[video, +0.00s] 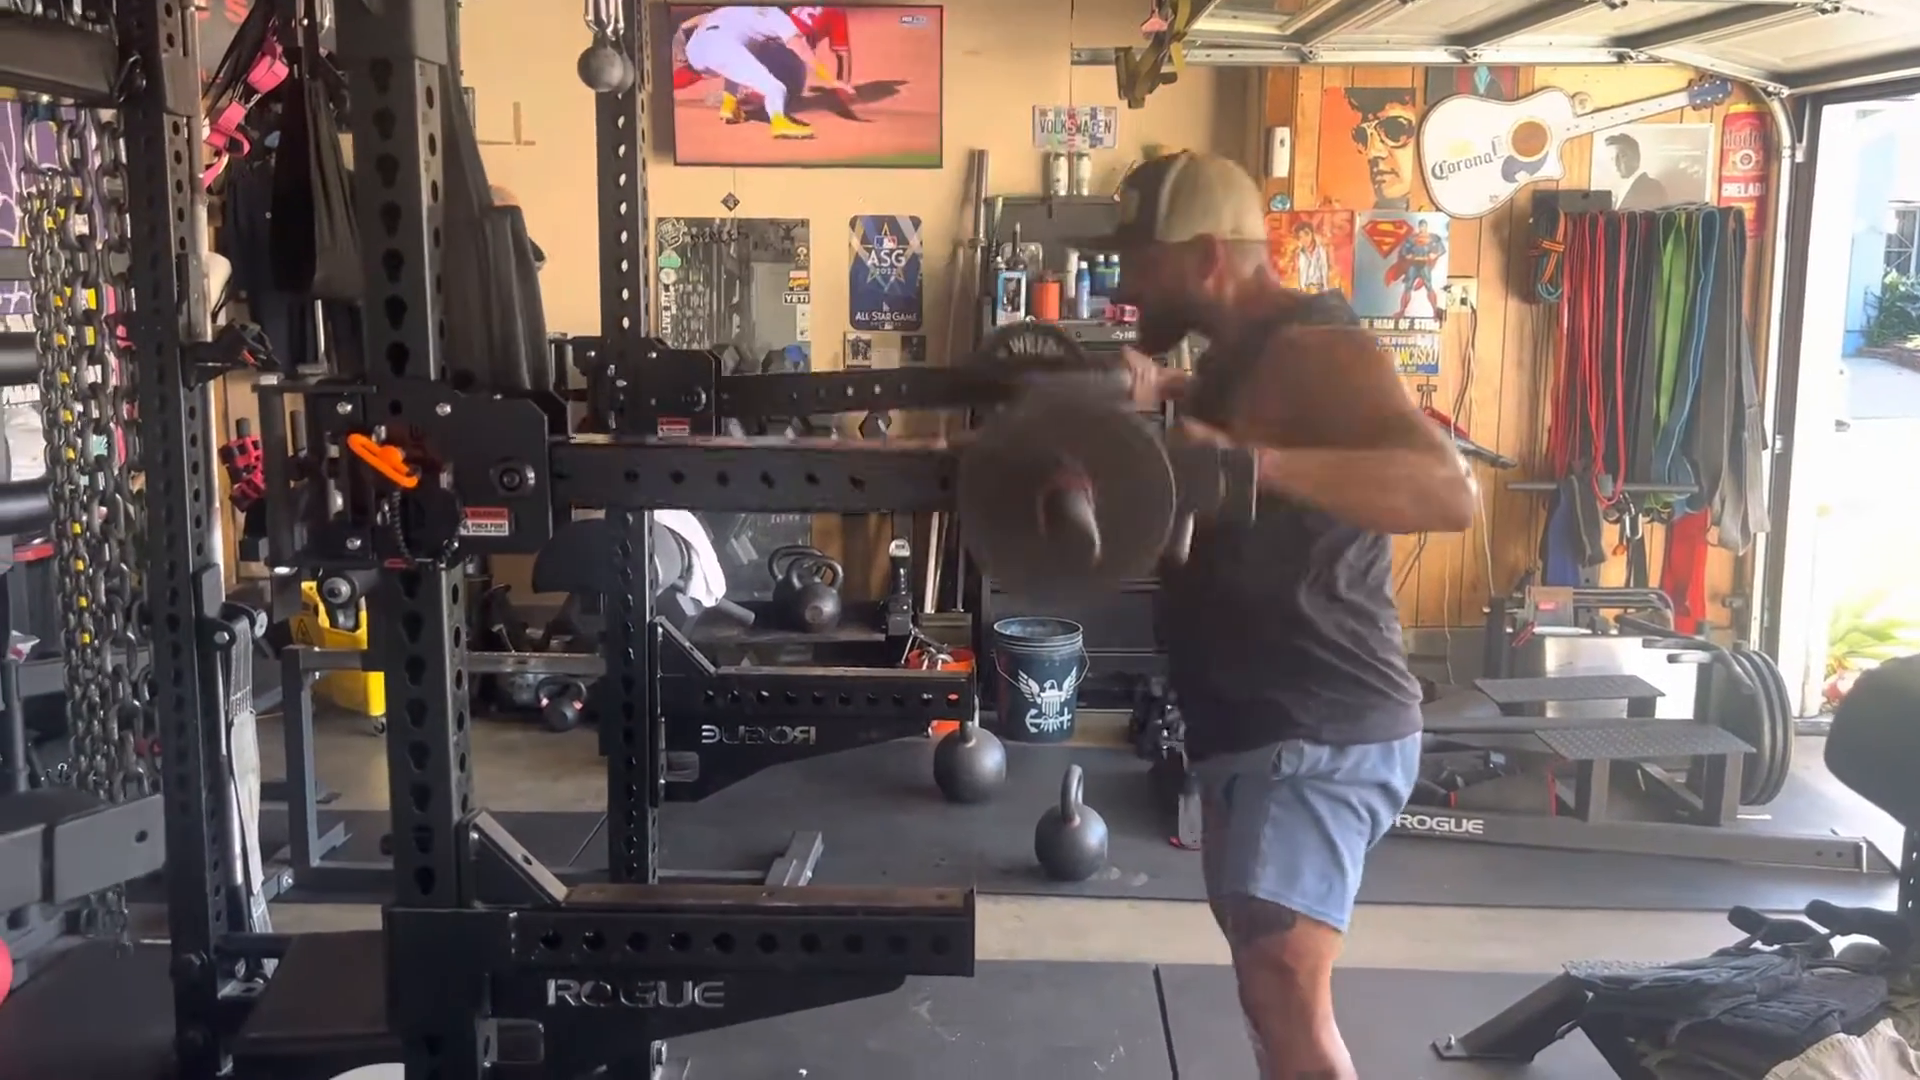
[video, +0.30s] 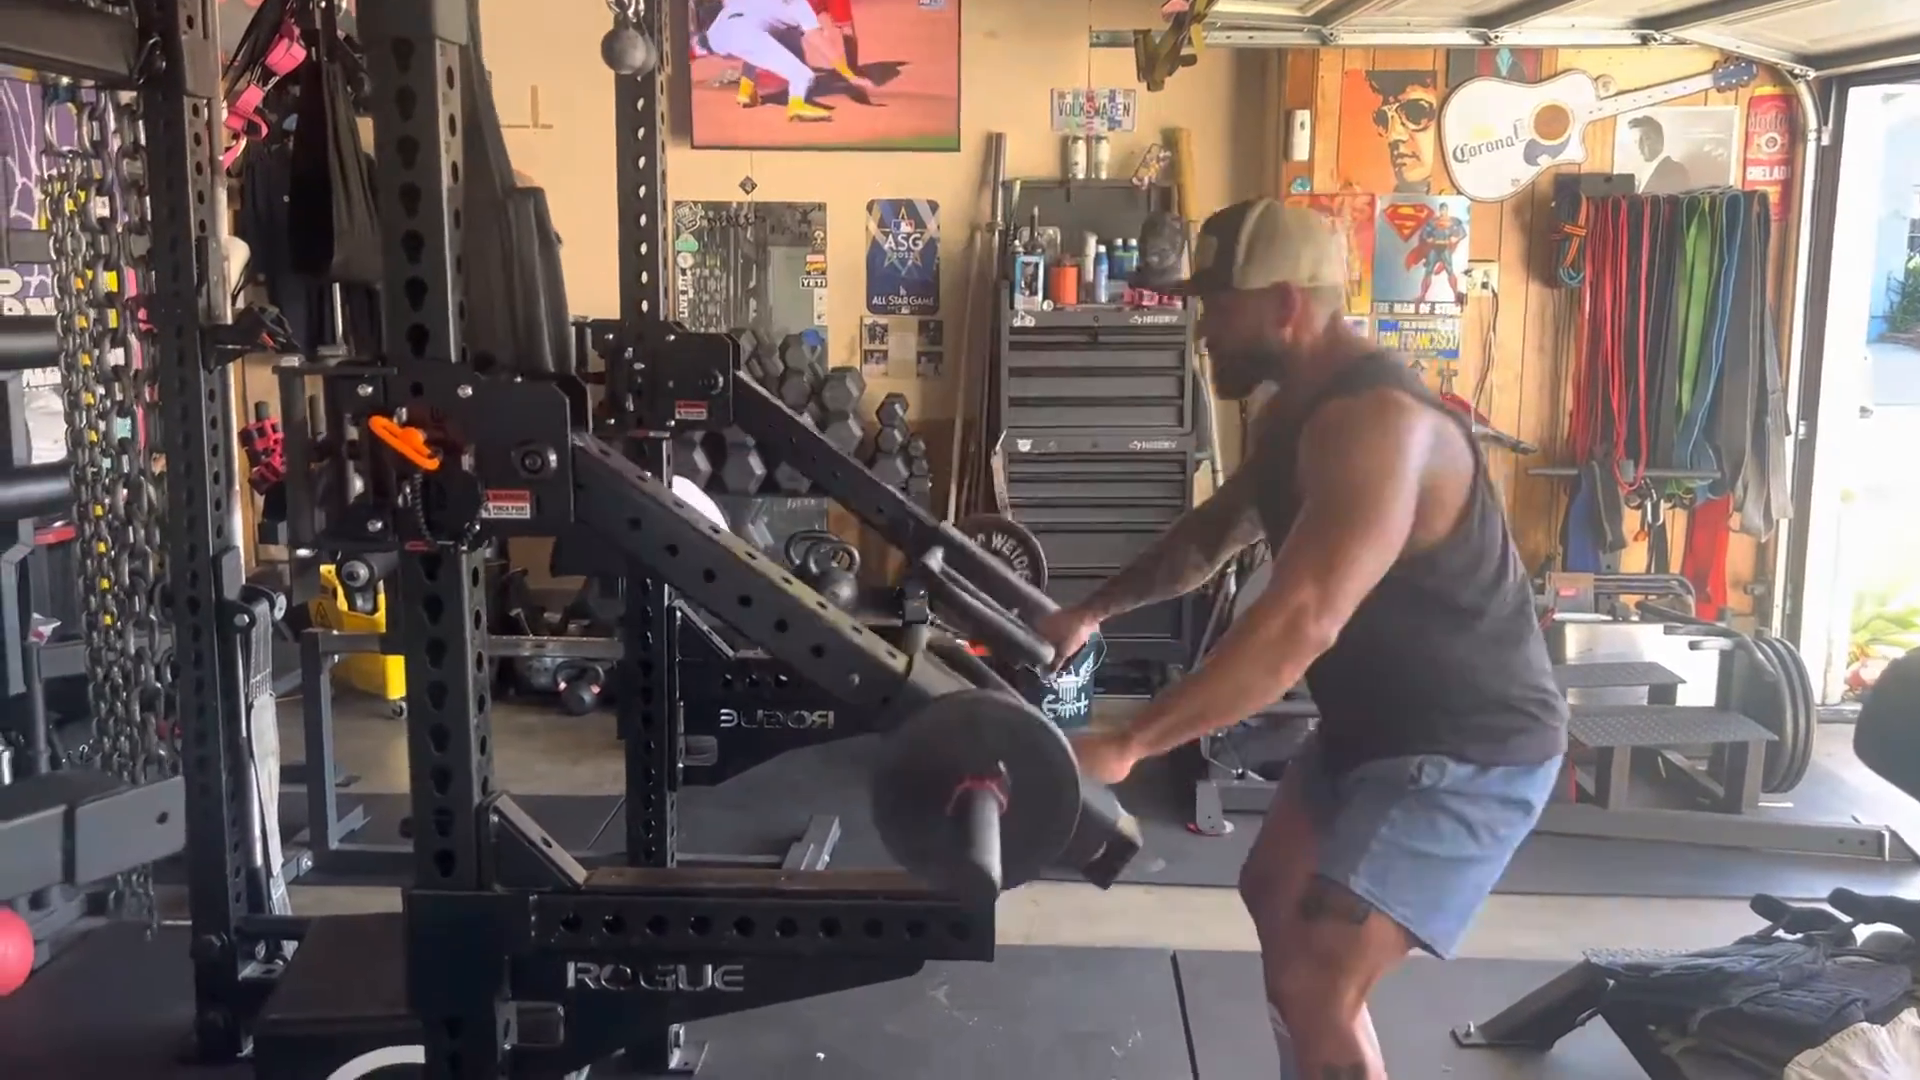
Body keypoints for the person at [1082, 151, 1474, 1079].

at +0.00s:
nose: (1125, 279)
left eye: (1139, 252)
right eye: (1126, 254)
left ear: (1210, 256)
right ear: (1211, 259)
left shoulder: (1319, 349)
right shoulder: (1211, 376)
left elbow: (1449, 493)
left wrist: (1248, 462)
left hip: (1318, 734)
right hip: (1251, 730)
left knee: (1286, 1005)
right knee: (1277, 1001)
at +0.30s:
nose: (1203, 328)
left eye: (1214, 303)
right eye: (1202, 305)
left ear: (1290, 306)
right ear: (1284, 310)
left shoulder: (1374, 420)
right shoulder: (1293, 411)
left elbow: (1299, 623)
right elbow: (1208, 537)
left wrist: (1130, 738)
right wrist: (1092, 610)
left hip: (1467, 745)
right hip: (1370, 726)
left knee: (1318, 987)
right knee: (1274, 890)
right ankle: (1311, 1065)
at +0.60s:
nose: (1207, 346)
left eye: (1223, 321)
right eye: (1209, 322)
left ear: (1296, 334)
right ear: (1295, 335)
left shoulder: (1391, 443)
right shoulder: (1310, 426)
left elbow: (1328, 638)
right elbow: (1233, 539)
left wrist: (1158, 750)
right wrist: (1114, 603)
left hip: (1521, 747)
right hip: (1418, 724)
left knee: (1341, 967)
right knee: (1299, 874)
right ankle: (1341, 1060)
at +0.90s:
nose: (1394, 232)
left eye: (1412, 207)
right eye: (1395, 207)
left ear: (1493, 216)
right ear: (1487, 219)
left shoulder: (1560, 333)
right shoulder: (1459, 321)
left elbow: (1536, 470)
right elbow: (1376, 396)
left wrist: (1340, 490)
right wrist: (1259, 400)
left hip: (1448, 692)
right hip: (1372, 667)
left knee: (1347, 958)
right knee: (1301, 839)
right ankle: (1358, 1056)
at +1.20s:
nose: (1175, 255)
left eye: (1188, 227)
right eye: (1173, 230)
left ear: (1252, 219)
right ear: (1250, 226)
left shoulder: (1348, 295)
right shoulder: (1282, 308)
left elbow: (1383, 250)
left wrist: (1238, 94)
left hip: (1358, 695)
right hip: (1321, 686)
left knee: (1370, 971)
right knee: (1361, 963)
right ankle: (1387, 1066)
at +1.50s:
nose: (1106, 343)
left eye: (1107, 315)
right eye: (1096, 324)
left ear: (1159, 274)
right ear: (1159, 276)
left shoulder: (1270, 300)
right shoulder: (1226, 335)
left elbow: (1171, 145)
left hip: (1381, 693)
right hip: (1328, 687)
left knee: (1375, 959)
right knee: (1367, 951)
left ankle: (1420, 1068)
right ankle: (1408, 1061)